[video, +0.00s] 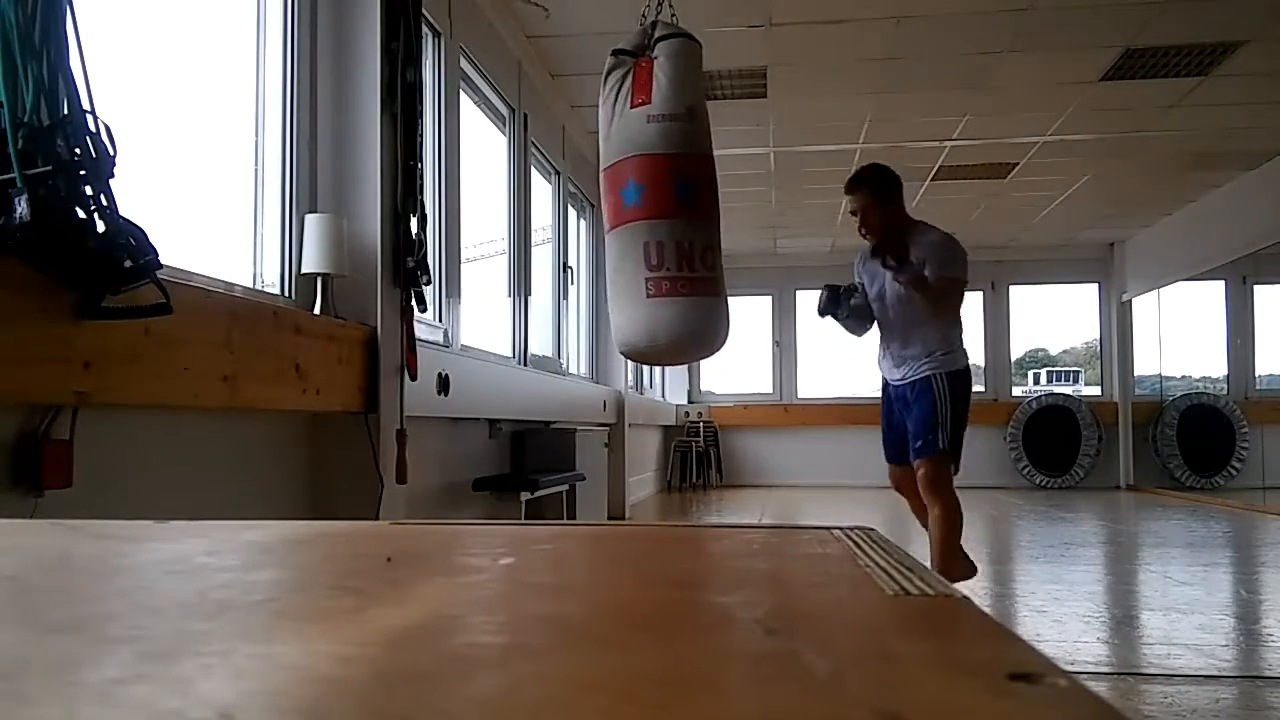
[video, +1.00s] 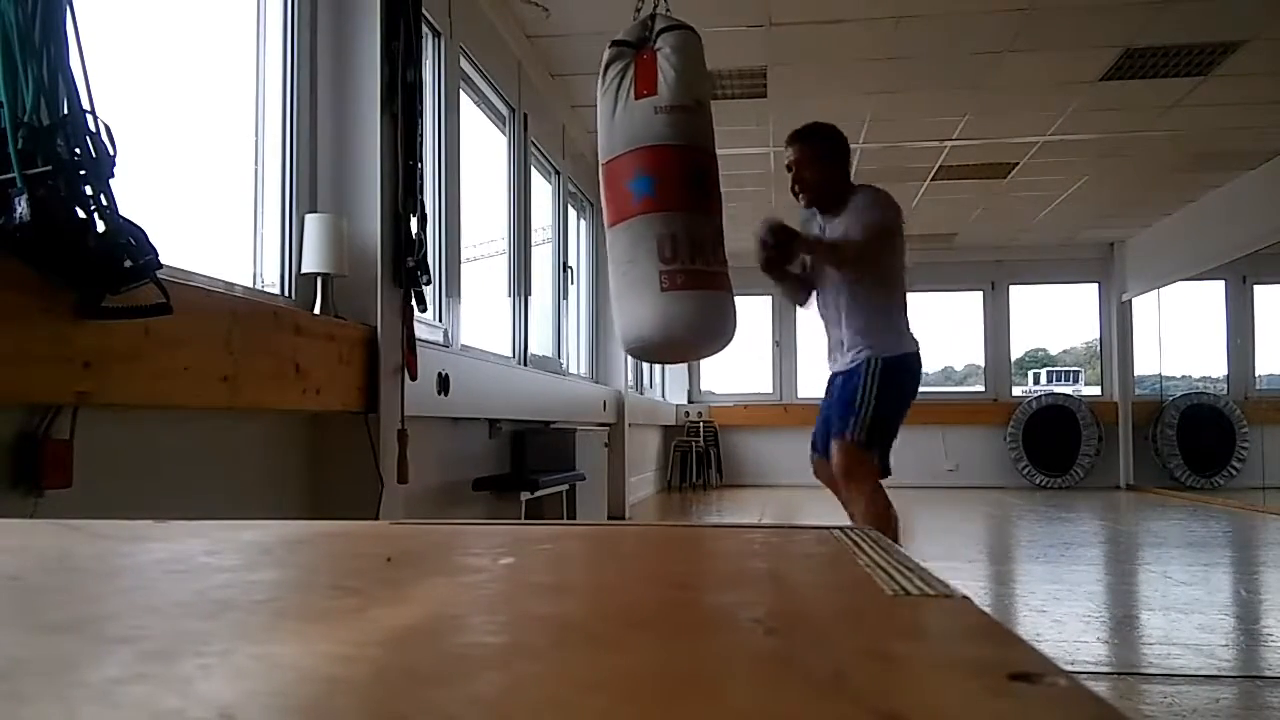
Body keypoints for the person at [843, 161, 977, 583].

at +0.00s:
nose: (858, 224)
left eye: (861, 213)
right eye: (854, 215)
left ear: (891, 204)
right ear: (873, 211)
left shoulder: (940, 246)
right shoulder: (867, 260)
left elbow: (947, 309)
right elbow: (863, 322)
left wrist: (914, 278)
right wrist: (841, 307)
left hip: (938, 371)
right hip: (895, 376)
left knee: (932, 477)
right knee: (902, 477)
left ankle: (938, 583)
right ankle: (957, 561)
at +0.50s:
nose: (818, 216)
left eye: (823, 204)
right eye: (815, 206)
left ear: (853, 197)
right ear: (823, 204)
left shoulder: (905, 234)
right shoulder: (832, 247)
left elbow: (932, 296)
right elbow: (823, 321)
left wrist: (885, 260)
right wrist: (809, 294)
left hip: (906, 362)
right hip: (863, 371)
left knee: (912, 461)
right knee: (867, 472)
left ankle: (952, 578)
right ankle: (904, 572)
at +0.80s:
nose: (797, 212)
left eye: (804, 199)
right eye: (793, 203)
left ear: (834, 196)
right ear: (793, 208)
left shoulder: (873, 232)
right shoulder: (812, 258)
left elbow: (917, 276)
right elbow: (789, 315)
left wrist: (850, 248)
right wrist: (772, 279)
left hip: (884, 370)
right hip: (858, 375)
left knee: (854, 469)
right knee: (842, 473)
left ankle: (892, 575)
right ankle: (876, 575)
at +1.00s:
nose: (793, 182)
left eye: (801, 169)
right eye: (790, 171)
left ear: (833, 166)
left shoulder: (873, 204)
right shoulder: (812, 221)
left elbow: (858, 257)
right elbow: (802, 293)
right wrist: (776, 271)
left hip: (882, 356)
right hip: (846, 361)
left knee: (851, 463)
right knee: (826, 465)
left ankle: (887, 578)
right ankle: (888, 565)